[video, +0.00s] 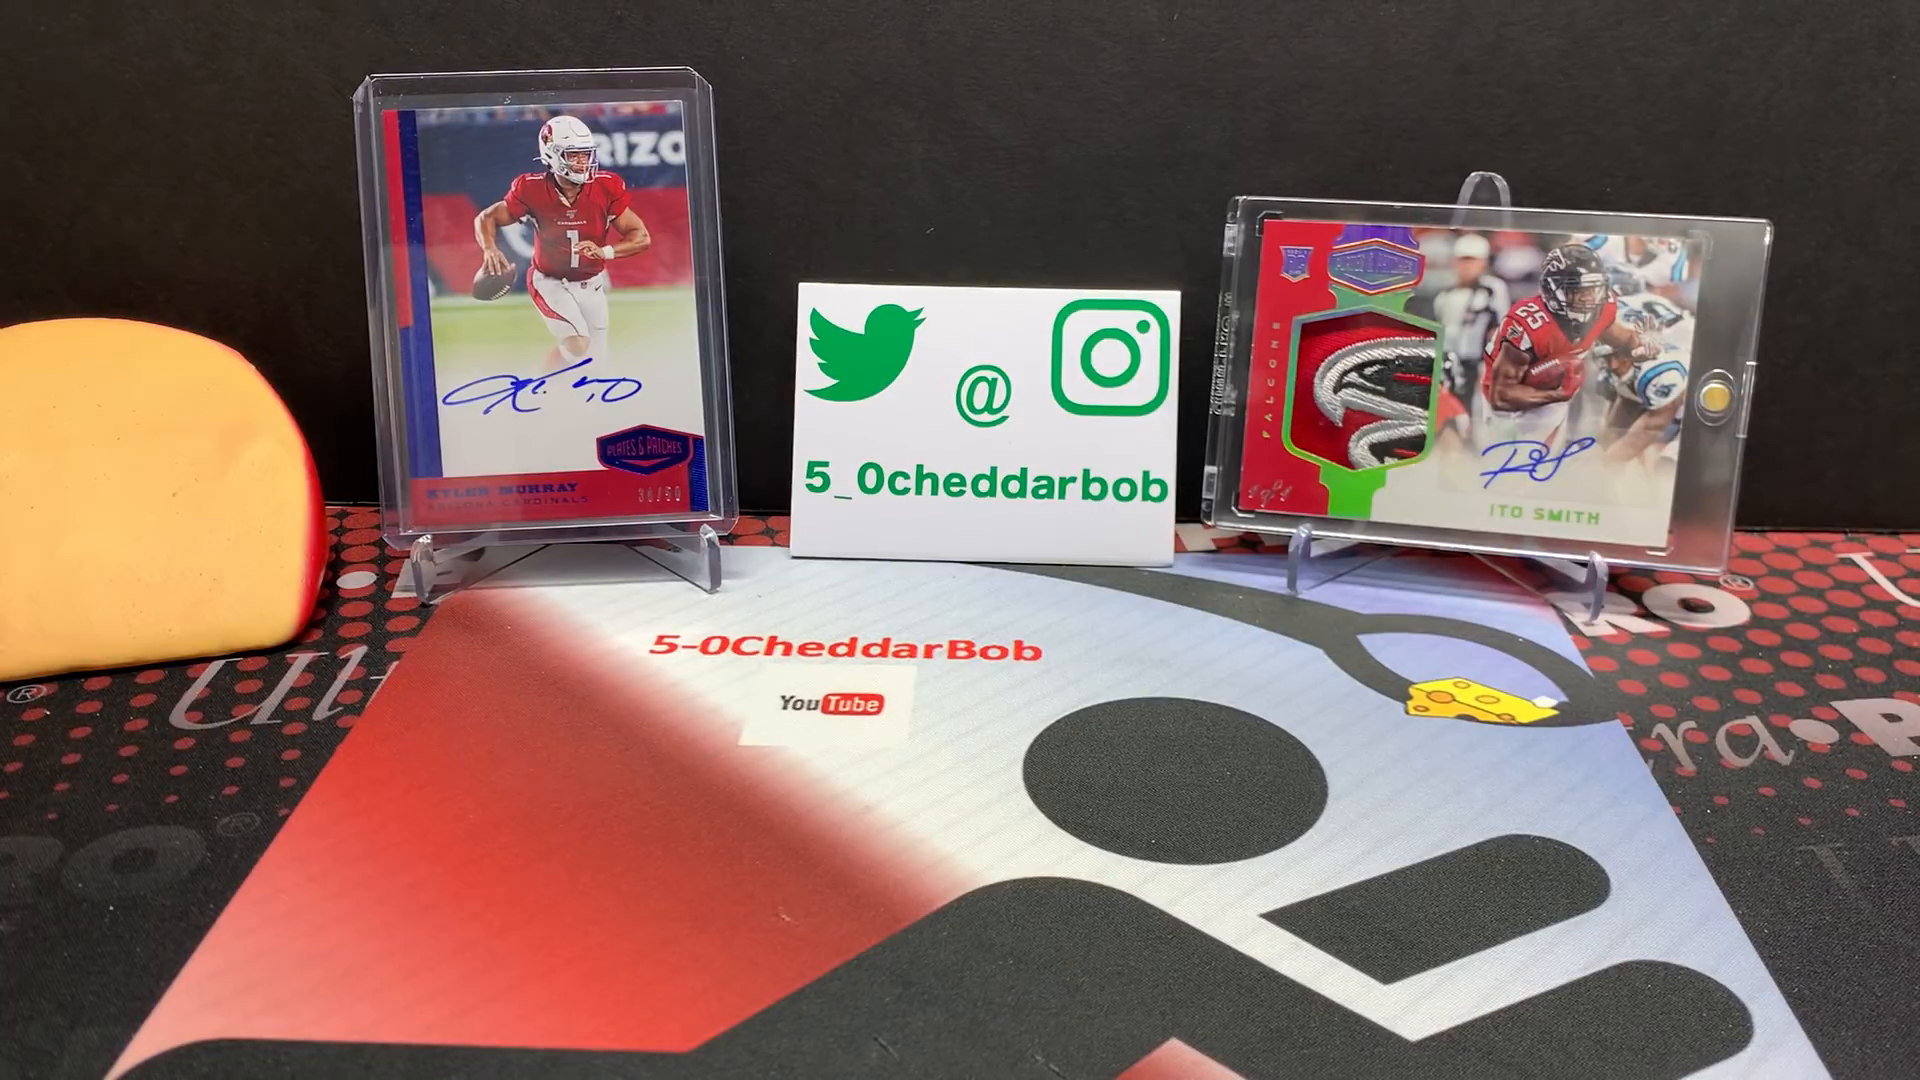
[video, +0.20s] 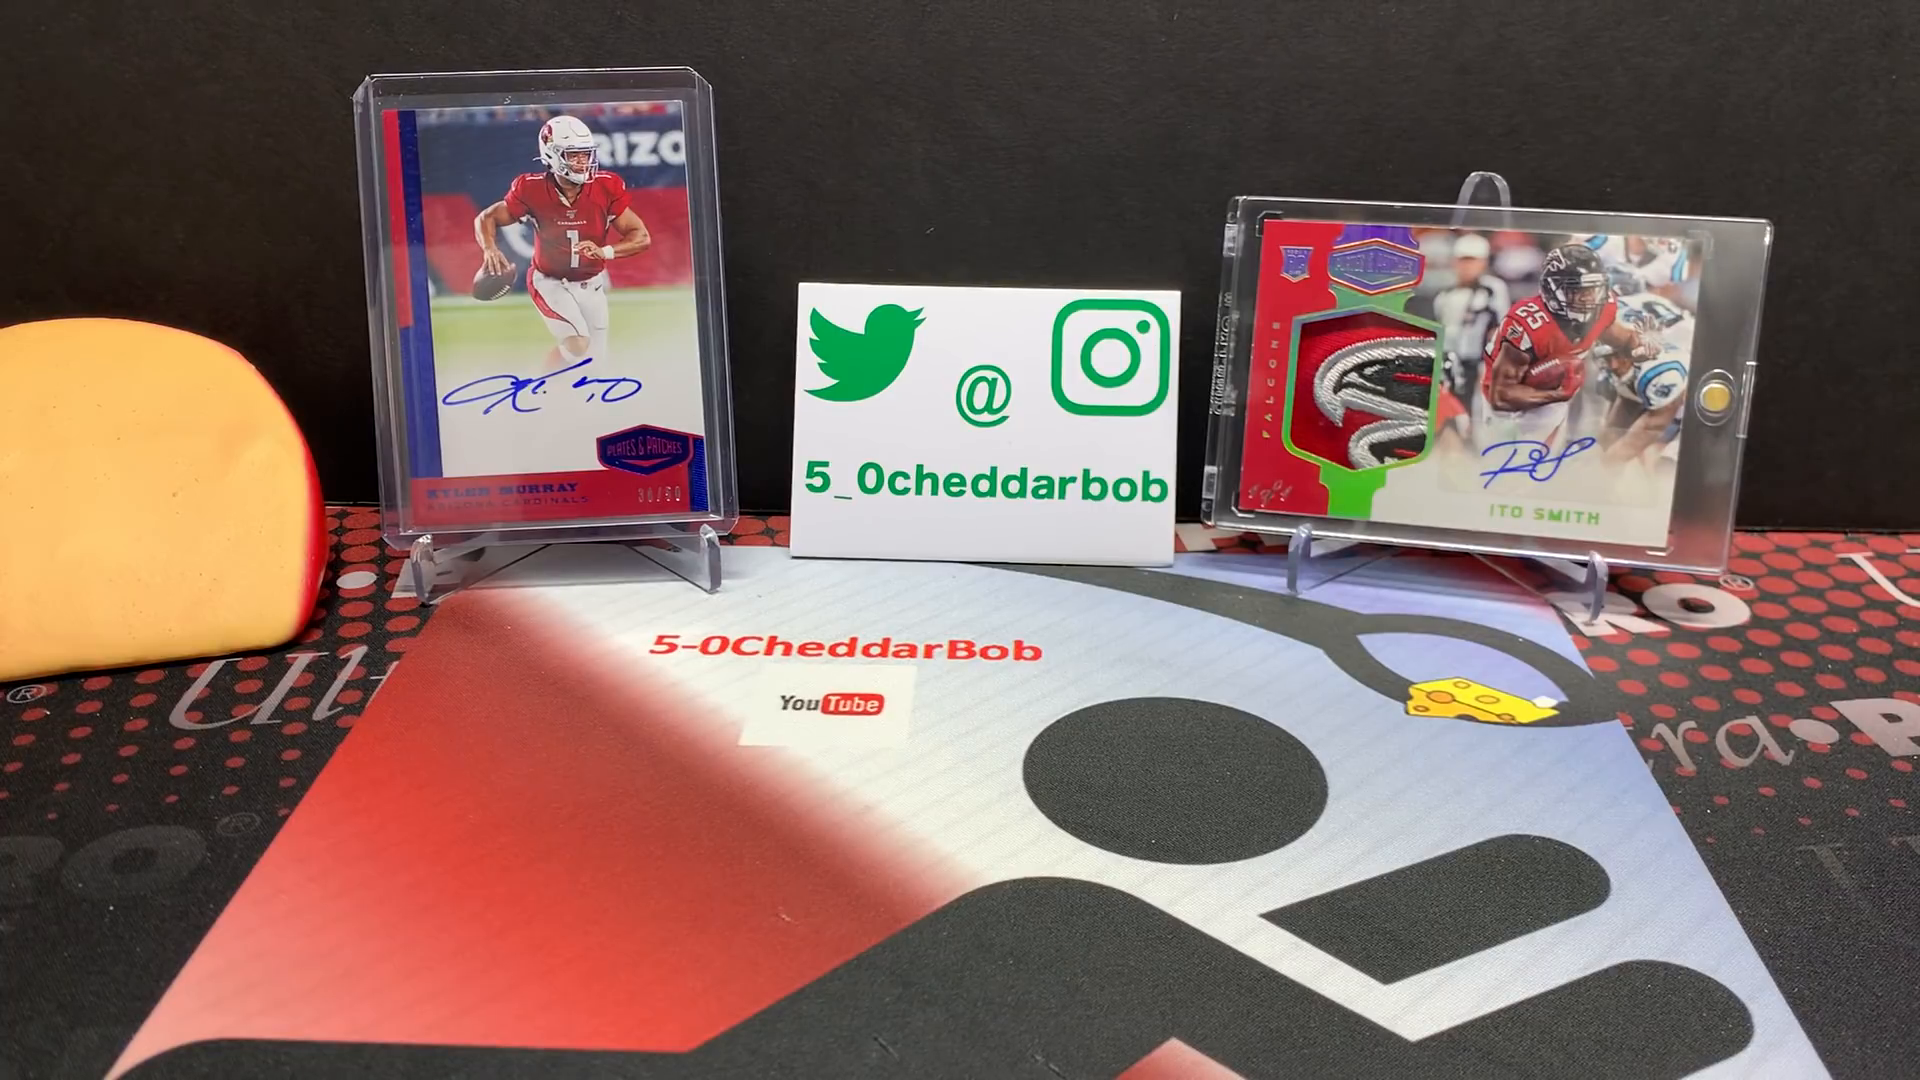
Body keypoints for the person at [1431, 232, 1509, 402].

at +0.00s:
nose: (1467, 266)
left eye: (1472, 259)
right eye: (1463, 259)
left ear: (1484, 262)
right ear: (1455, 261)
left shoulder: (1495, 288)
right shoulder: (1443, 297)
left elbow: (1502, 328)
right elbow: (1441, 332)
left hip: (1482, 365)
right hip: (1451, 364)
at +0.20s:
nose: (1467, 266)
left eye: (1472, 259)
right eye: (1463, 259)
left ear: (1484, 262)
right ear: (1456, 262)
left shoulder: (1495, 288)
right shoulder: (1443, 297)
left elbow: (1502, 328)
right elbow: (1442, 333)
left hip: (1482, 365)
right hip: (1451, 365)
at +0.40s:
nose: (1467, 266)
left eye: (1472, 260)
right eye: (1463, 259)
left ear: (1484, 262)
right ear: (1456, 262)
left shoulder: (1495, 288)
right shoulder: (1443, 297)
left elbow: (1502, 328)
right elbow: (1441, 332)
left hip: (1482, 365)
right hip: (1450, 364)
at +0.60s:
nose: (1467, 266)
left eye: (1473, 260)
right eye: (1463, 259)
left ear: (1484, 262)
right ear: (1456, 262)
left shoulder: (1495, 288)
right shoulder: (1443, 297)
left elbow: (1502, 328)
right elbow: (1441, 332)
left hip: (1482, 365)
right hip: (1451, 364)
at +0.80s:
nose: (1467, 266)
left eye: (1472, 259)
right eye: (1463, 259)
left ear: (1484, 262)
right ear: (1456, 262)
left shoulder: (1495, 288)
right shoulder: (1443, 297)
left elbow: (1502, 328)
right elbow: (1441, 332)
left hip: (1481, 365)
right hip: (1450, 365)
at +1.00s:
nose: (1467, 266)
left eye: (1472, 259)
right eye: (1463, 259)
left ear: (1484, 262)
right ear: (1456, 262)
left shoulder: (1495, 288)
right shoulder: (1443, 297)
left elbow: (1502, 328)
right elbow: (1441, 332)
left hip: (1482, 365)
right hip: (1451, 364)